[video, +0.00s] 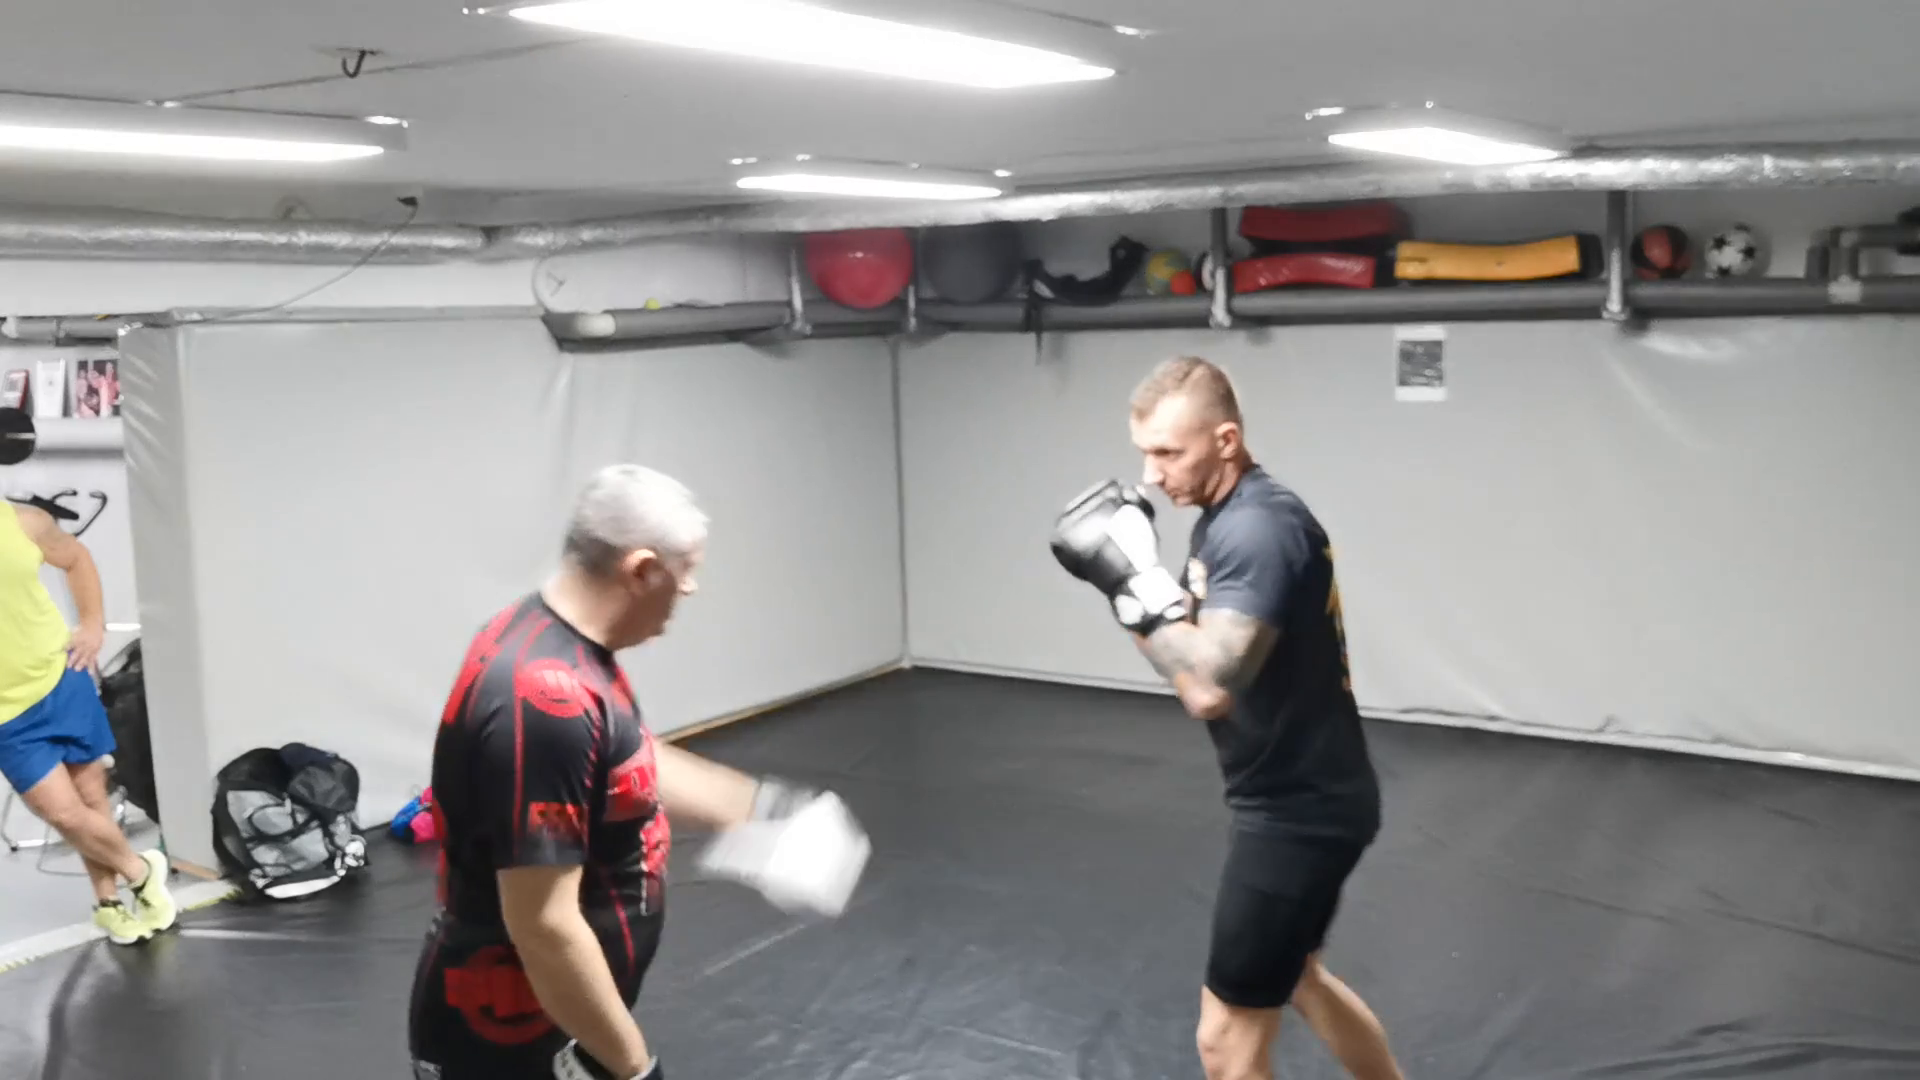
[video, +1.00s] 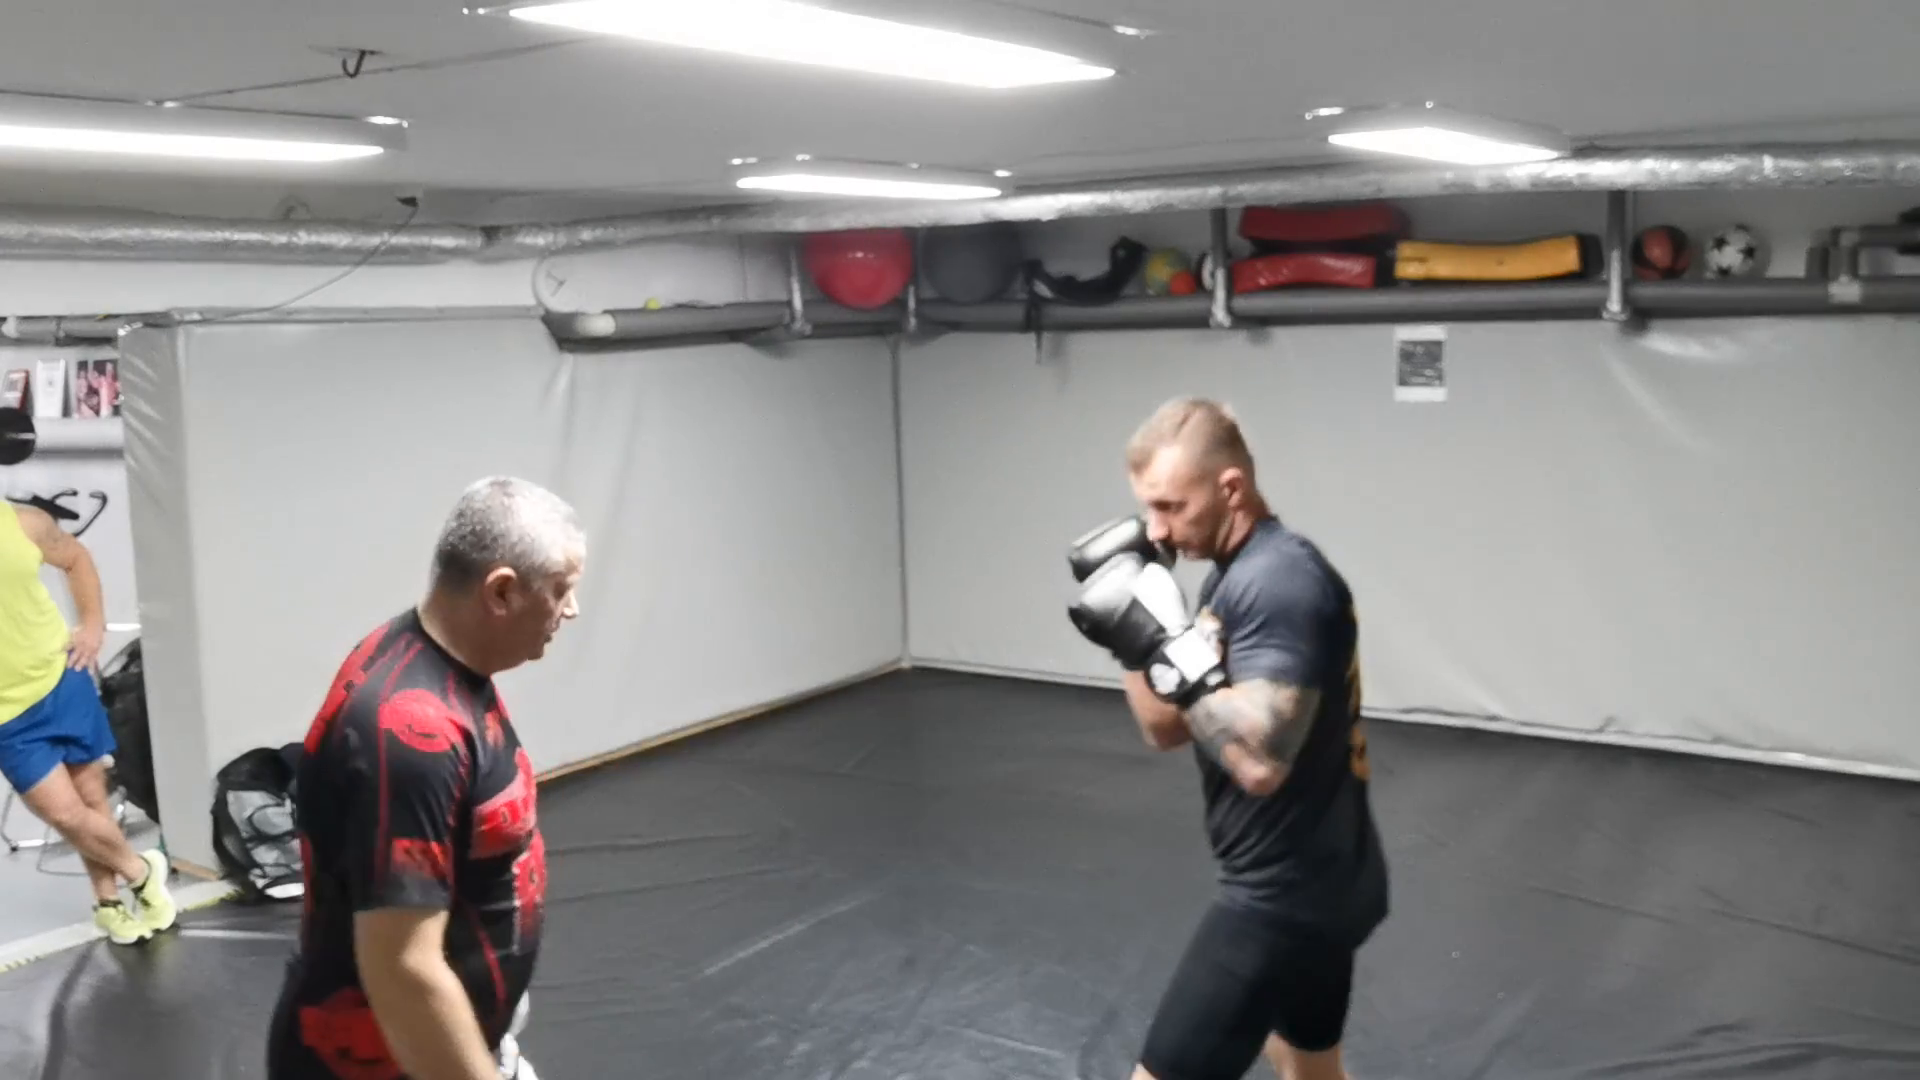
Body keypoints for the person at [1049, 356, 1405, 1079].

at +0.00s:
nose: (1154, 474)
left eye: (1168, 454)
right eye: (1147, 456)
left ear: (1226, 439)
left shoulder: (1259, 527)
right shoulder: (1223, 521)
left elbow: (1209, 682)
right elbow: (1194, 675)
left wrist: (1138, 579)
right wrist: (1131, 590)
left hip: (1297, 812)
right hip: (1285, 801)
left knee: (1229, 1041)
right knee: (1300, 978)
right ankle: (1389, 1076)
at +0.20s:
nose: (1143, 514)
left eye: (1157, 493)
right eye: (1136, 496)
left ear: (1218, 483)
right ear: (1214, 487)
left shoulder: (1262, 577)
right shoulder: (1204, 557)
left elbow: (1215, 741)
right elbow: (1123, 674)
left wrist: (1138, 638)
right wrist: (1104, 579)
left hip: (1303, 850)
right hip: (1289, 838)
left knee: (1117, 1044)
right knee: (1291, 1009)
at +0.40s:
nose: (1059, 521)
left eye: (1075, 502)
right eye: (1057, 502)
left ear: (1141, 498)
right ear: (1147, 500)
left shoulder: (1150, 575)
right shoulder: (1217, 555)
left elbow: (1126, 701)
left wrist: (1001, 625)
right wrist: (1086, 580)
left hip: (1215, 874)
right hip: (1288, 854)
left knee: (1056, 1061)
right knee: (1273, 996)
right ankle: (1360, 1073)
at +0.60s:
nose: (1027, 549)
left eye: (1043, 527)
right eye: (1023, 527)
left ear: (1109, 518)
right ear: (1117, 520)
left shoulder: (1101, 596)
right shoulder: (1197, 584)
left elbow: (1010, 703)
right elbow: (1147, 660)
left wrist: (865, 689)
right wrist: (1056, 615)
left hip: (1187, 911)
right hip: (1258, 888)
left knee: (1056, 1068)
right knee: (1245, 1045)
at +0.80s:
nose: (1101, 545)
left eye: (1114, 523)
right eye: (1094, 523)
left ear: (1176, 503)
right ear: (1178, 503)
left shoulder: (1213, 594)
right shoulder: (1222, 571)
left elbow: (1188, 773)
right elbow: (1150, 672)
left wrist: (1092, 664)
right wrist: (1092, 603)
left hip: (1229, 900)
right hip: (1273, 883)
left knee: (1115, 1068)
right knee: (1270, 1058)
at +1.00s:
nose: (1157, 530)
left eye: (1171, 507)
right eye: (1149, 509)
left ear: (1233, 489)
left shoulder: (1284, 582)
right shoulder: (1237, 575)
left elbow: (1261, 763)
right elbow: (1163, 726)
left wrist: (1180, 655)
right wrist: (1134, 625)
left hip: (1284, 891)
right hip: (1308, 876)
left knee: (1162, 1072)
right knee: (1309, 1058)